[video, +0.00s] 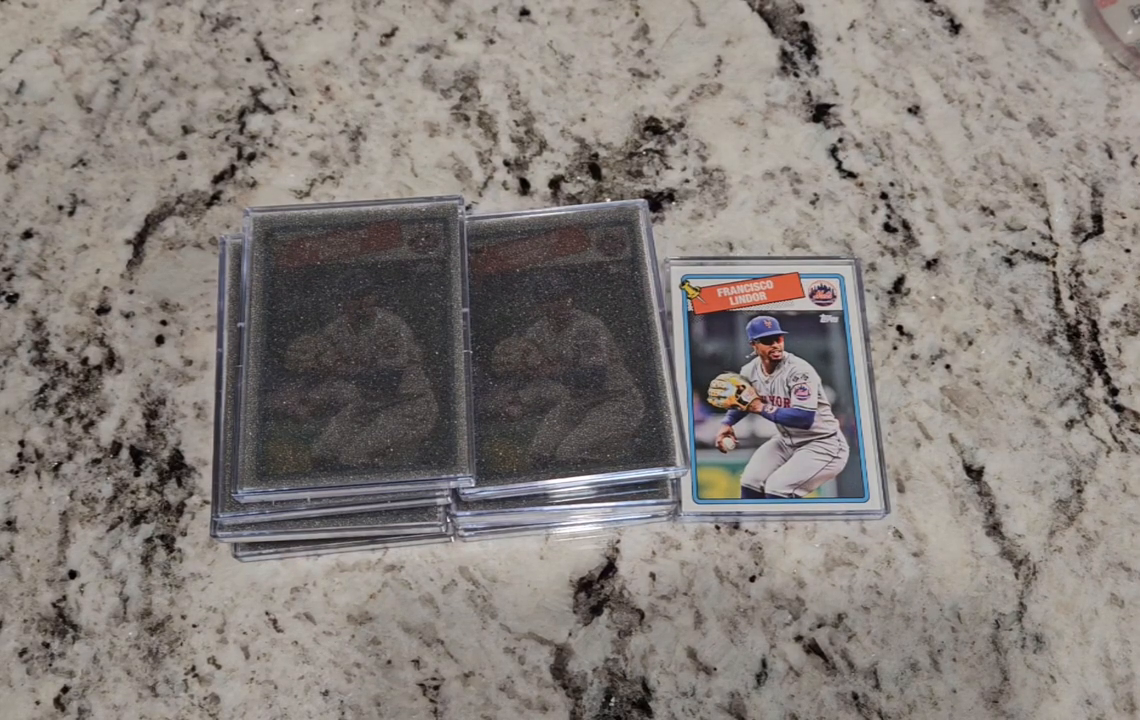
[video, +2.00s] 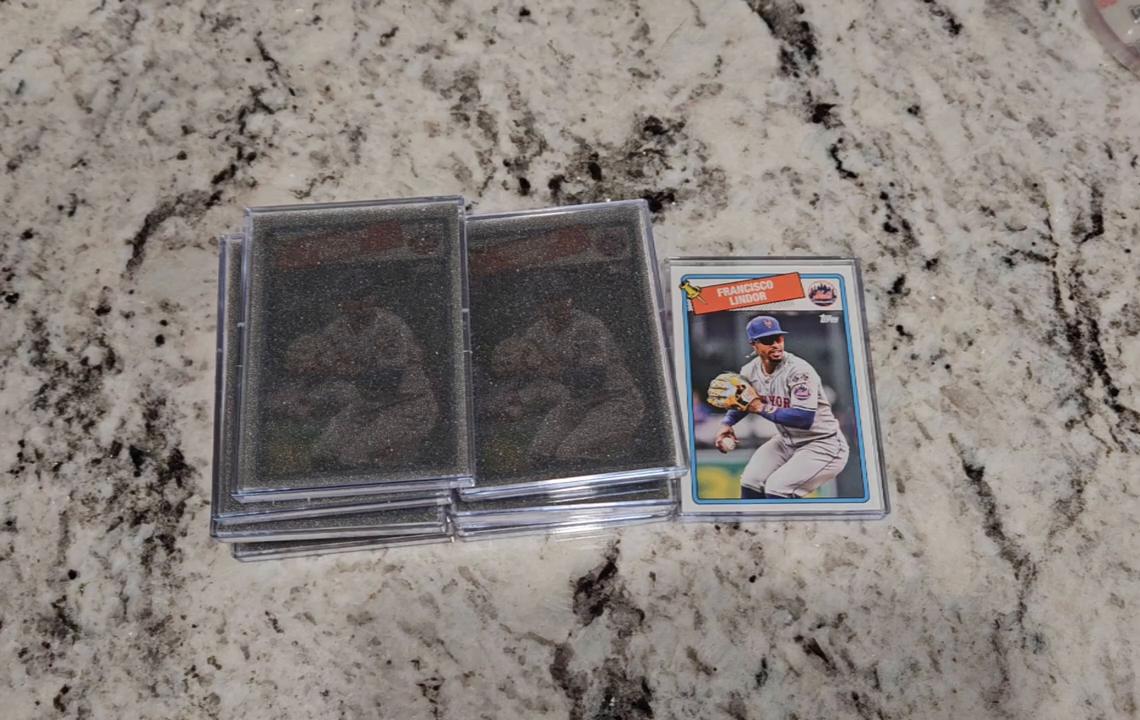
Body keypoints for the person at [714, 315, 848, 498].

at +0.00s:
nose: (775, 346)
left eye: (778, 339)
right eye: (767, 342)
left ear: (783, 339)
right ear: (754, 346)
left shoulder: (800, 371)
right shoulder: (749, 372)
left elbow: (804, 419)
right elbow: (743, 402)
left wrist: (760, 407)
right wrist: (726, 424)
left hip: (824, 445)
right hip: (786, 442)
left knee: (777, 487)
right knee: (751, 482)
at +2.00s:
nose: (776, 346)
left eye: (778, 339)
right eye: (767, 341)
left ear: (783, 339)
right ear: (754, 346)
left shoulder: (800, 371)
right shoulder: (749, 372)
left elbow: (803, 419)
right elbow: (742, 403)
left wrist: (760, 407)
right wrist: (726, 425)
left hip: (824, 446)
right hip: (786, 443)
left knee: (777, 488)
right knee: (751, 482)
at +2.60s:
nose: (782, 362)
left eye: (784, 355)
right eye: (774, 358)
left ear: (789, 355)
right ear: (761, 363)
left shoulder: (808, 386)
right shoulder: (757, 389)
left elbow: (814, 433)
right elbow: (753, 421)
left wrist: (771, 425)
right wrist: (737, 445)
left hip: (826, 462)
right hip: (795, 460)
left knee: (791, 507)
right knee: (764, 503)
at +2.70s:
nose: (801, 377)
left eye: (803, 370)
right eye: (793, 373)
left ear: (809, 370)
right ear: (780, 379)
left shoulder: (826, 402)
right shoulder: (775, 404)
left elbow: (834, 450)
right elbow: (771, 437)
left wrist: (789, 441)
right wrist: (755, 461)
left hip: (845, 479)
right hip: (814, 476)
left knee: (809, 524)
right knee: (782, 519)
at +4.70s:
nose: (798, 385)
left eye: (800, 378)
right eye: (789, 381)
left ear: (804, 377)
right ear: (776, 386)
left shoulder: (823, 410)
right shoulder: (772, 413)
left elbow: (830, 460)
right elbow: (768, 446)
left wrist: (786, 449)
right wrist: (752, 469)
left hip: (853, 485)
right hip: (815, 485)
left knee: (807, 532)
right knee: (780, 529)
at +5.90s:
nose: (798, 385)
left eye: (800, 378)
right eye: (789, 381)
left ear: (805, 377)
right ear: (776, 386)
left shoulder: (823, 410)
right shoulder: (772, 413)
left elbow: (830, 460)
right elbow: (768, 446)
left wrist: (786, 449)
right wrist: (752, 469)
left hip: (853, 485)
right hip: (814, 485)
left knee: (807, 532)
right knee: (781, 529)